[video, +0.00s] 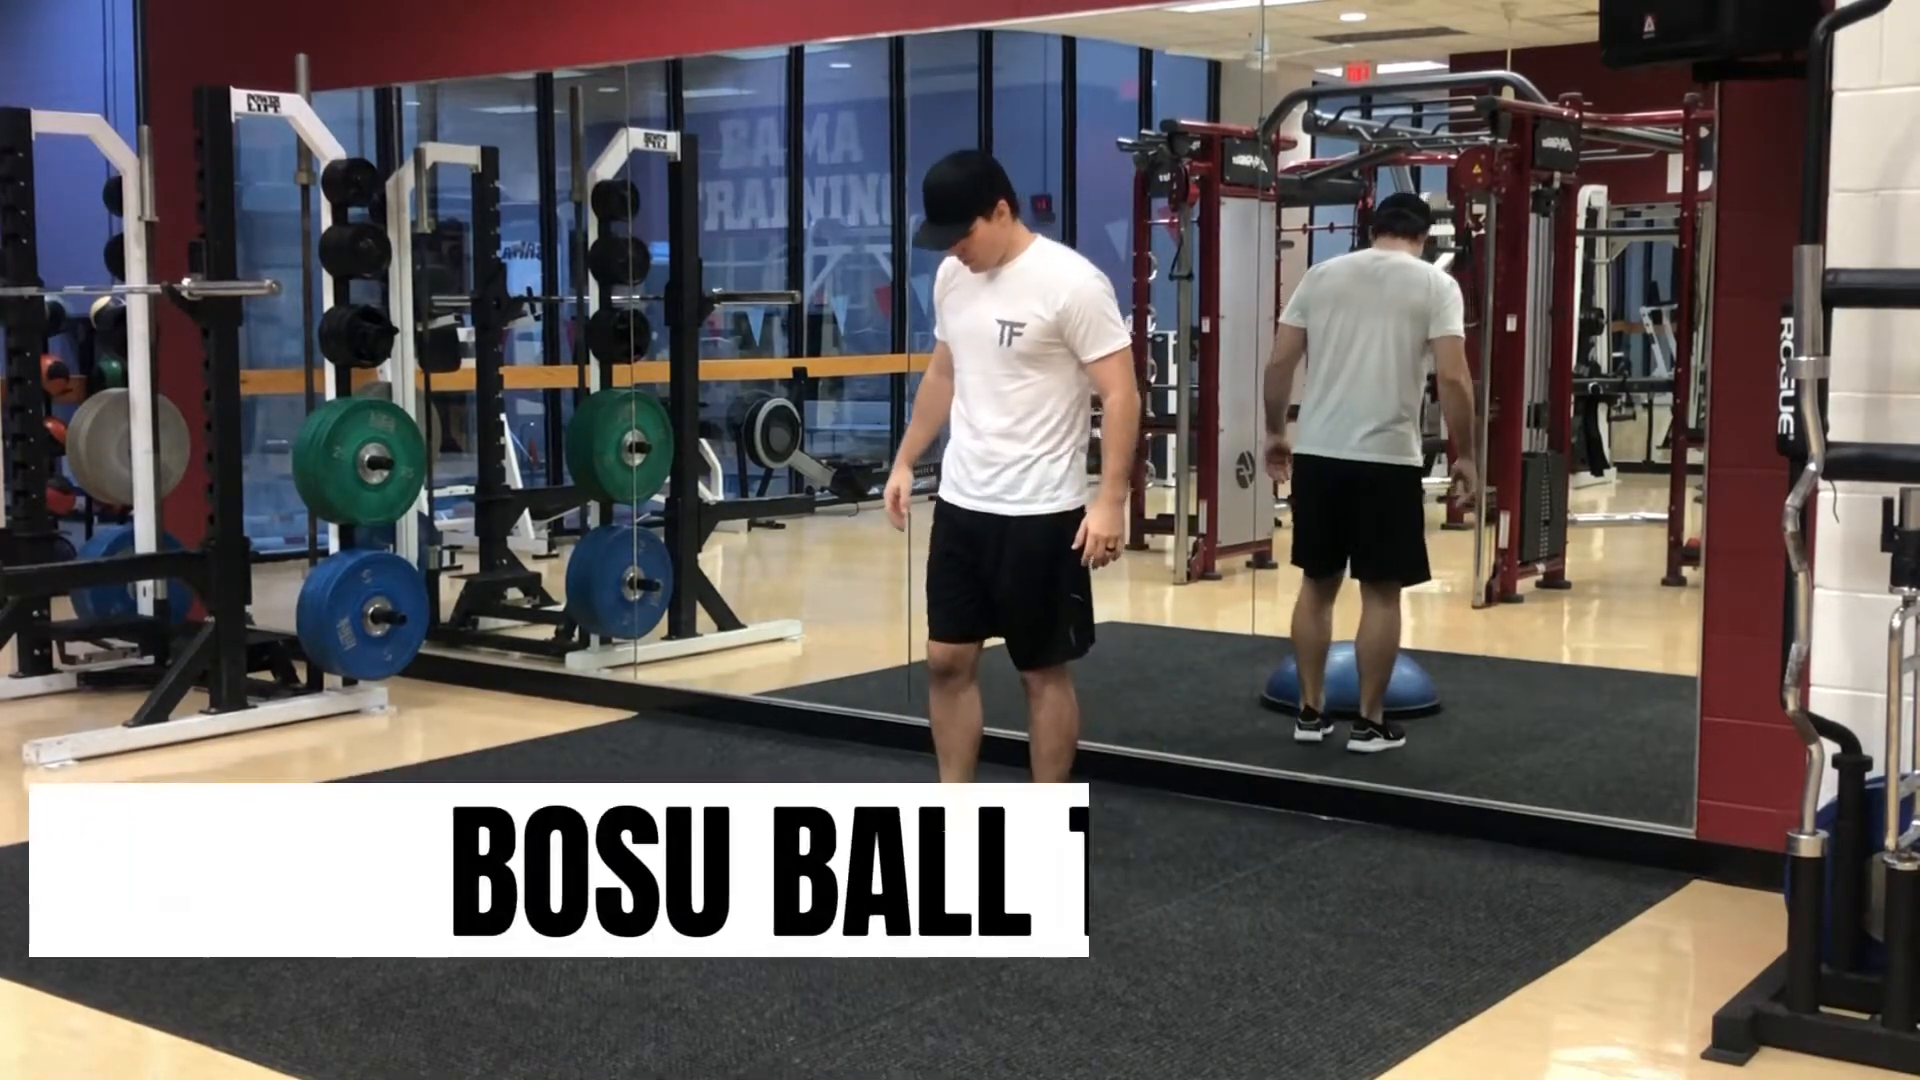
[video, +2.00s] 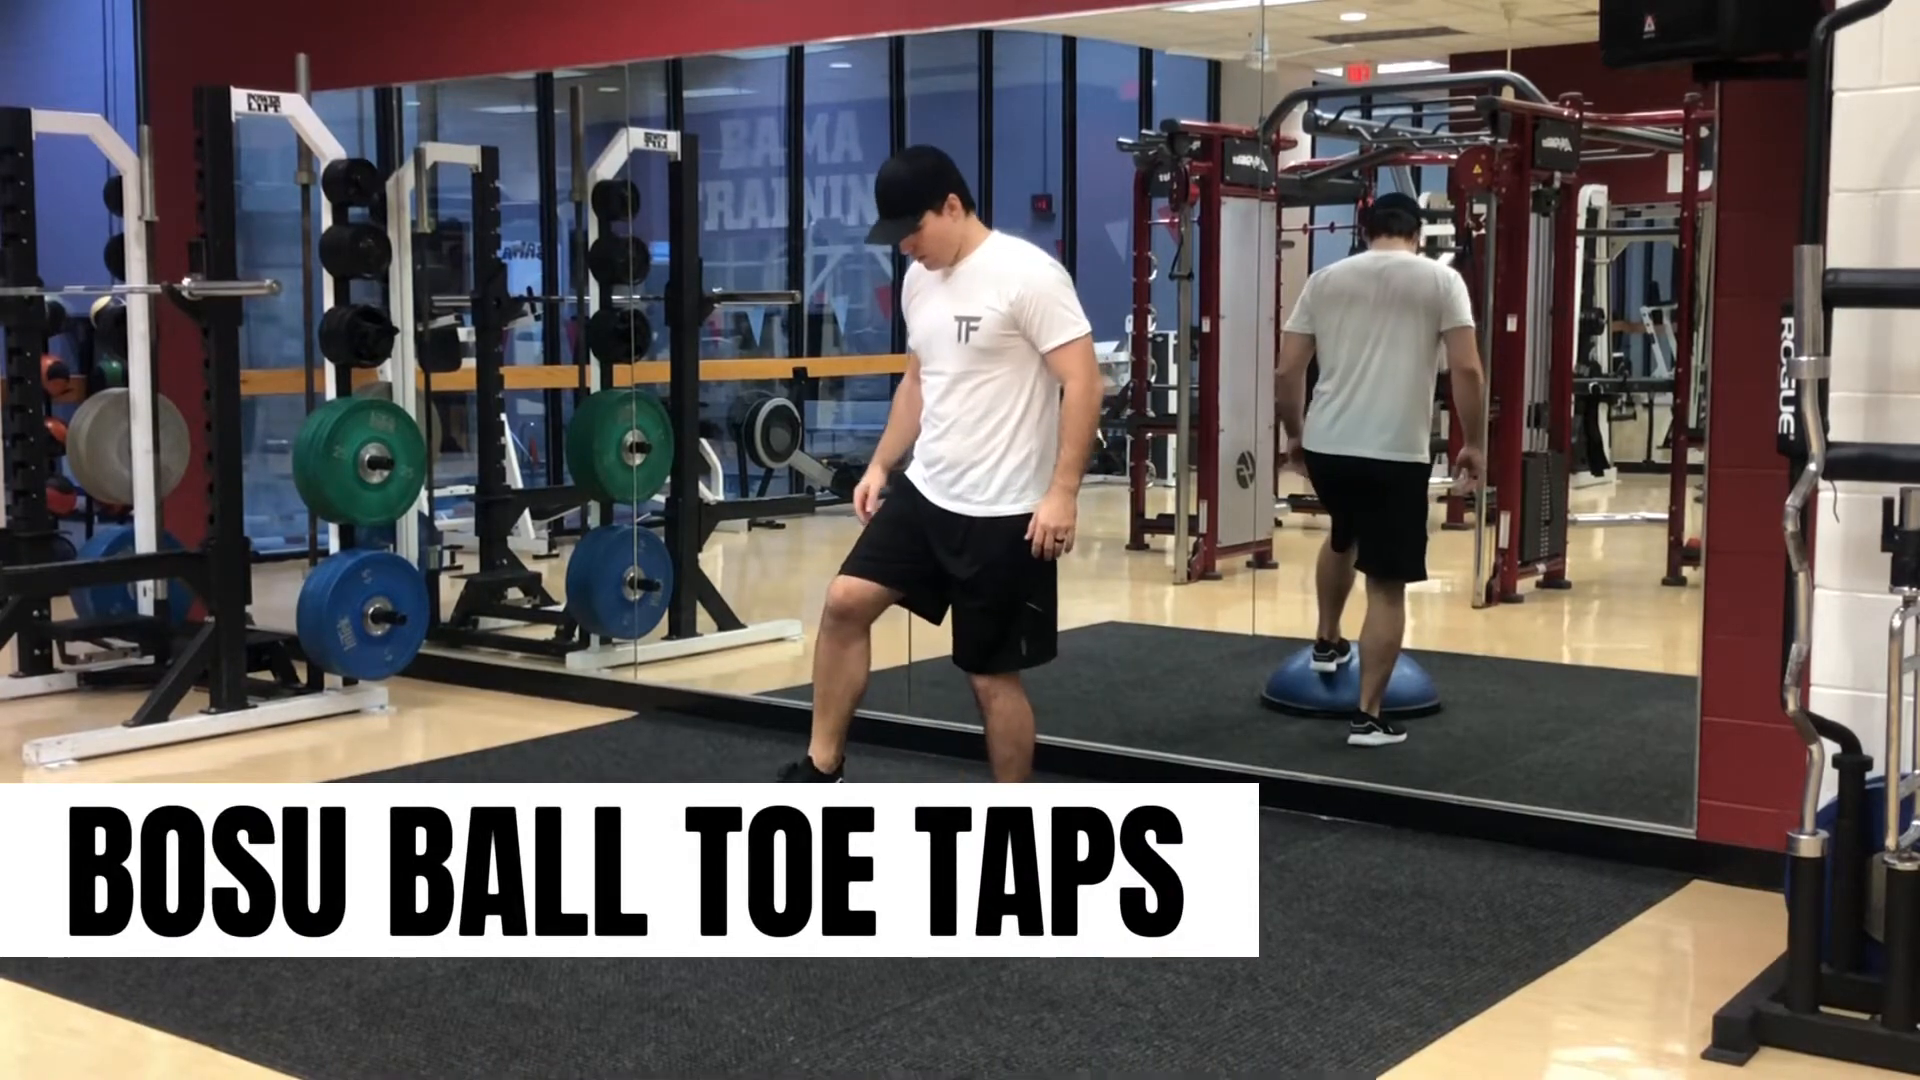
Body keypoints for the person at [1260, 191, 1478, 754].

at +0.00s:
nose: (1425, 250)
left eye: (1421, 244)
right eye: (1427, 243)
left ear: (1372, 231)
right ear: (1421, 239)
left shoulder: (1322, 274)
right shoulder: (1434, 283)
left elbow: (1278, 364)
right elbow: (1453, 381)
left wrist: (1274, 432)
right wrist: (1466, 456)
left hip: (1317, 460)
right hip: (1388, 467)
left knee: (1317, 583)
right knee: (1381, 592)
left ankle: (1310, 712)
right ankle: (1369, 722)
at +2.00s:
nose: (1415, 243)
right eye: (1418, 236)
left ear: (1366, 234)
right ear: (1417, 236)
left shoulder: (1324, 280)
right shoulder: (1441, 279)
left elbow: (1288, 371)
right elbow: (1466, 370)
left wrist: (1295, 436)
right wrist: (1473, 443)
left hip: (1325, 447)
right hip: (1398, 457)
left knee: (1343, 533)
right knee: (1386, 588)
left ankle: (1326, 644)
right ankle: (1370, 716)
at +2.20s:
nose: (1411, 250)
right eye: (1414, 243)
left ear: (1362, 236)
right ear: (1410, 241)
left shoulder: (1316, 282)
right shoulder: (1431, 280)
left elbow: (1278, 370)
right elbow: (1454, 366)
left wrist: (1298, 413)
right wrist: (1449, 441)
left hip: (1315, 449)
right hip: (1386, 456)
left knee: (1338, 534)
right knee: (1385, 590)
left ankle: (1326, 647)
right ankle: (1368, 716)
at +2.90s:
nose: (1320, 273)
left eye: (1318, 267)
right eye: (1320, 266)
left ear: (1267, 262)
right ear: (1311, 263)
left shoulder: (1228, 308)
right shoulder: (1317, 295)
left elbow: (1197, 391)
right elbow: (1332, 350)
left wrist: (1243, 413)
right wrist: (1353, 393)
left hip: (1232, 462)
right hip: (1295, 458)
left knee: (1223, 582)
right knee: (1354, 522)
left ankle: (1180, 691)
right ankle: (1316, 631)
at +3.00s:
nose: (1332, 238)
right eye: (1332, 231)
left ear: (1279, 228)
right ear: (1324, 229)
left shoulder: (1239, 272)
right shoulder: (1337, 259)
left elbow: (1194, 347)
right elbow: (1364, 307)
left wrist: (1240, 376)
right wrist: (1376, 351)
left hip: (1250, 432)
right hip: (1318, 429)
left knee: (1235, 553)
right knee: (1369, 524)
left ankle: (1195, 670)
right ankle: (1345, 636)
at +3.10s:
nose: (1345, 231)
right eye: (1346, 223)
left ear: (1295, 221)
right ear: (1343, 222)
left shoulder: (1252, 263)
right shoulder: (1362, 256)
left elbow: (1196, 330)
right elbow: (1401, 308)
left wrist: (1229, 376)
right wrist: (1400, 356)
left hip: (1262, 423)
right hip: (1331, 423)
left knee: (1272, 522)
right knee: (1365, 544)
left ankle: (1243, 629)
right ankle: (1379, 665)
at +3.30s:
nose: (1376, 277)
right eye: (1377, 269)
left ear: (1323, 268)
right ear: (1371, 268)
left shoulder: (1281, 309)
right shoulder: (1392, 316)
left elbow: (1232, 369)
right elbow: (1432, 400)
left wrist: (1219, 438)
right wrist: (1417, 425)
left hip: (1277, 474)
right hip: (1350, 477)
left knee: (1316, 531)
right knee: (1385, 595)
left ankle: (1337, 633)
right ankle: (1397, 716)